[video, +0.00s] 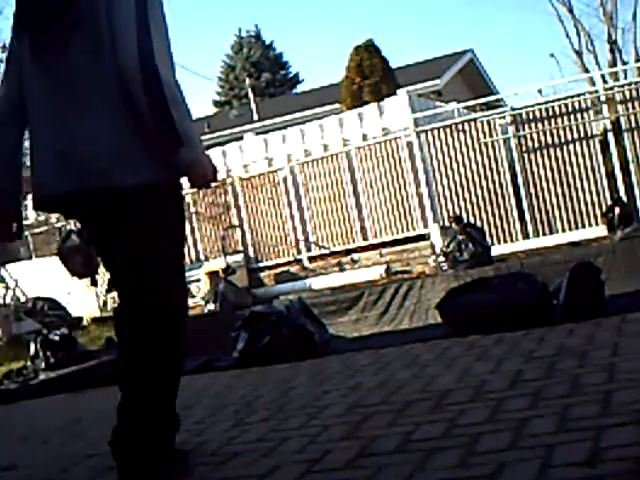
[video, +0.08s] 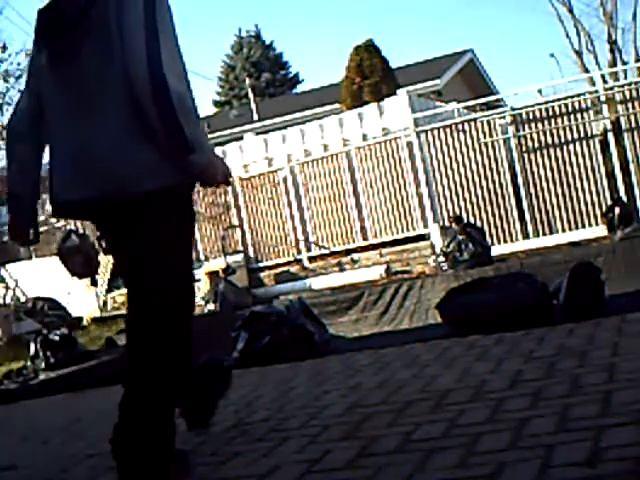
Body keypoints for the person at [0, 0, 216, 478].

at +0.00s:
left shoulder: (31, 12)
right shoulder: (134, 4)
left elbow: (10, 101)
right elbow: (149, 66)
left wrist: (8, 200)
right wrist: (192, 148)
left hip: (69, 174)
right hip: (137, 166)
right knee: (162, 306)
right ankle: (149, 451)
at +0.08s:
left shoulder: (52, 18)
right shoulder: (144, 5)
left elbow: (25, 119)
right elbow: (165, 74)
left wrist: (22, 207)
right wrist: (203, 152)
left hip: (87, 183)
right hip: (152, 173)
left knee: (159, 294)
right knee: (158, 315)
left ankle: (195, 394)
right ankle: (143, 455)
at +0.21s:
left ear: (81, 1)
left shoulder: (75, 34)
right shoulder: (152, 7)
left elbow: (47, 131)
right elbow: (175, 76)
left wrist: (48, 217)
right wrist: (213, 159)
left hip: (109, 182)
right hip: (165, 172)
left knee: (182, 293)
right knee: (166, 314)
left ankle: (217, 396)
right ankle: (146, 453)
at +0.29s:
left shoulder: (98, 29)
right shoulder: (163, 8)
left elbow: (84, 122)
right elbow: (181, 84)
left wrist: (89, 204)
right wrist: (220, 162)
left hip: (138, 183)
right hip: (180, 175)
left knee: (200, 291)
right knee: (207, 292)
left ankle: (220, 400)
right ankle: (155, 418)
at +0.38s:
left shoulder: (113, 31)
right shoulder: (173, 8)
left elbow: (105, 125)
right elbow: (190, 85)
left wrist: (117, 200)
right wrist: (219, 158)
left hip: (145, 188)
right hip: (186, 178)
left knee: (199, 287)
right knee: (234, 279)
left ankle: (218, 396)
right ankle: (180, 389)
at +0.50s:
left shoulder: (138, 23)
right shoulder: (184, 8)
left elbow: (139, 110)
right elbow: (188, 87)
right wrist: (218, 155)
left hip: (160, 181)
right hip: (199, 173)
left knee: (198, 286)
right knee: (263, 259)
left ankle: (216, 402)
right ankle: (230, 382)